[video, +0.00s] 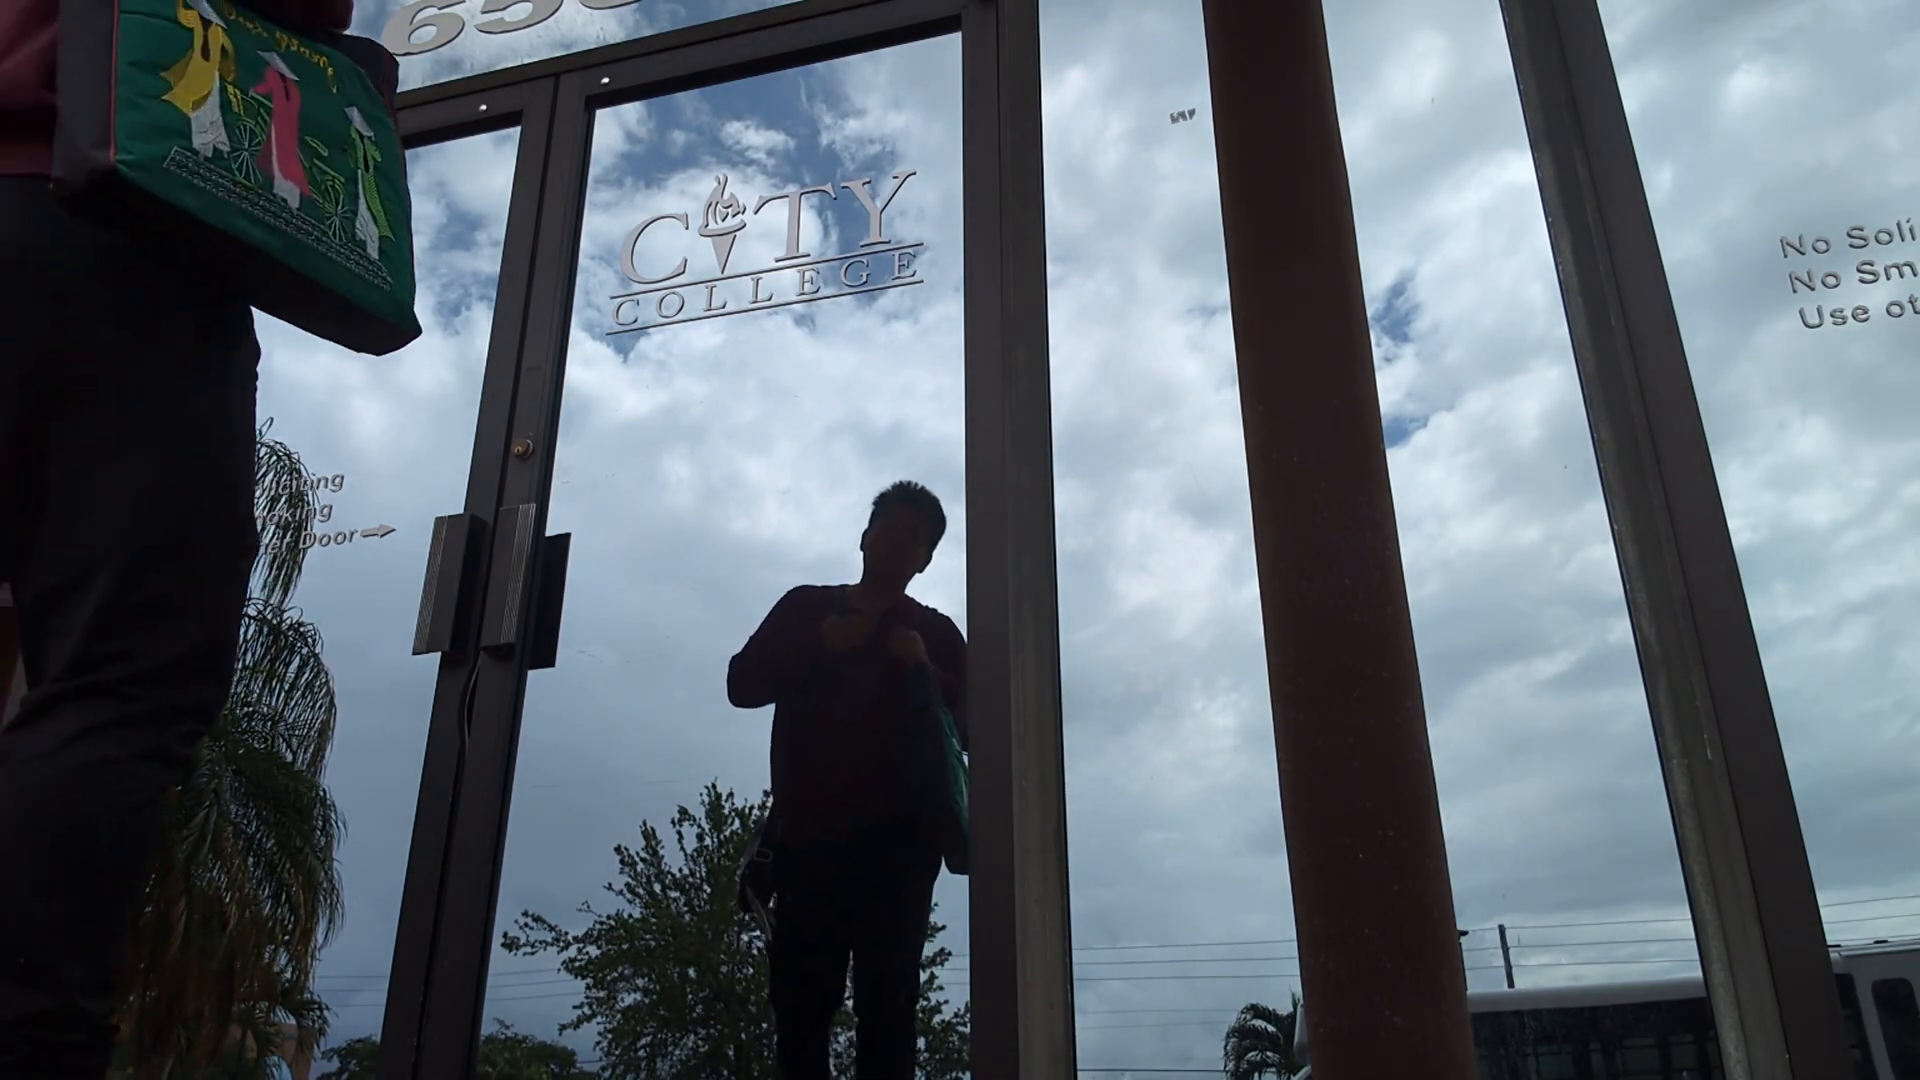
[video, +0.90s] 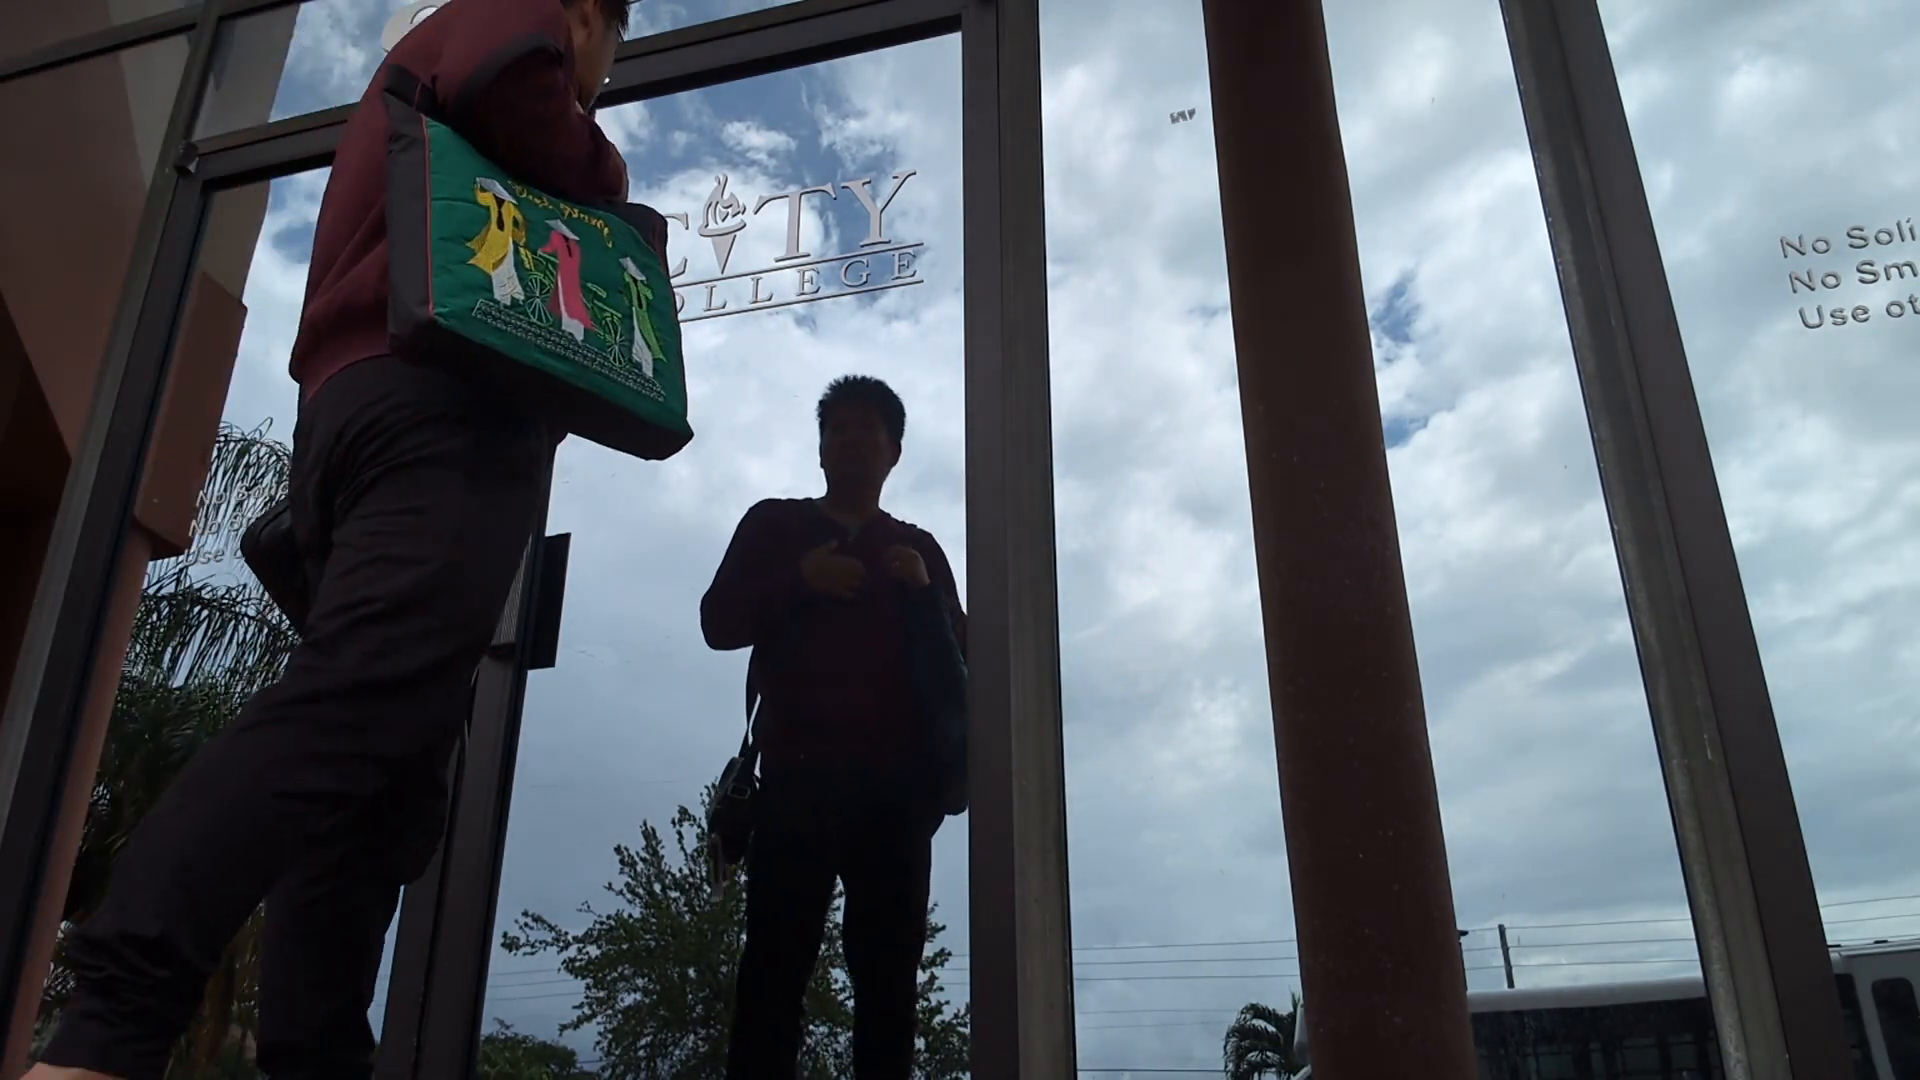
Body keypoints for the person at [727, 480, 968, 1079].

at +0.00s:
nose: (896, 545)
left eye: (913, 539)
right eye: (888, 530)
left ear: (927, 557)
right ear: (866, 534)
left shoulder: (939, 633)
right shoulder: (805, 606)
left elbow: (972, 732)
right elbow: (741, 687)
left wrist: (920, 666)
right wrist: (820, 643)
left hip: (902, 840)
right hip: (809, 832)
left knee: (889, 1008)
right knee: (800, 1009)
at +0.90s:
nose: (852, 443)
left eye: (868, 431)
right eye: (839, 429)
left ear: (894, 450)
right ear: (820, 444)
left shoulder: (919, 549)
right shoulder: (772, 522)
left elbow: (958, 659)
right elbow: (717, 624)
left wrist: (921, 590)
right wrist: (802, 579)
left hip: (896, 785)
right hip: (795, 777)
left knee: (888, 979)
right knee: (774, 972)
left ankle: (884, 1079)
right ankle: (759, 1076)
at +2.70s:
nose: (914, 440)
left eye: (918, 424)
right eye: (911, 419)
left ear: (868, 418)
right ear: (869, 411)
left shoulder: (874, 511)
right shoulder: (775, 461)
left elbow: (879, 629)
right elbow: (720, 563)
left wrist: (918, 710)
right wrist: (844, 578)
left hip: (884, 758)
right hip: (802, 751)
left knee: (896, 953)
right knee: (787, 948)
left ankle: (883, 1076)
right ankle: (760, 1071)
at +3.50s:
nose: (876, 426)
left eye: (879, 410)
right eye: (870, 406)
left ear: (833, 405)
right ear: (828, 398)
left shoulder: (847, 507)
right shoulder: (735, 464)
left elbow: (868, 636)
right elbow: (682, 576)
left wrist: (921, 731)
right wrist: (792, 599)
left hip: (865, 758)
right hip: (777, 757)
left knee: (899, 952)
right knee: (765, 961)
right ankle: (748, 1079)